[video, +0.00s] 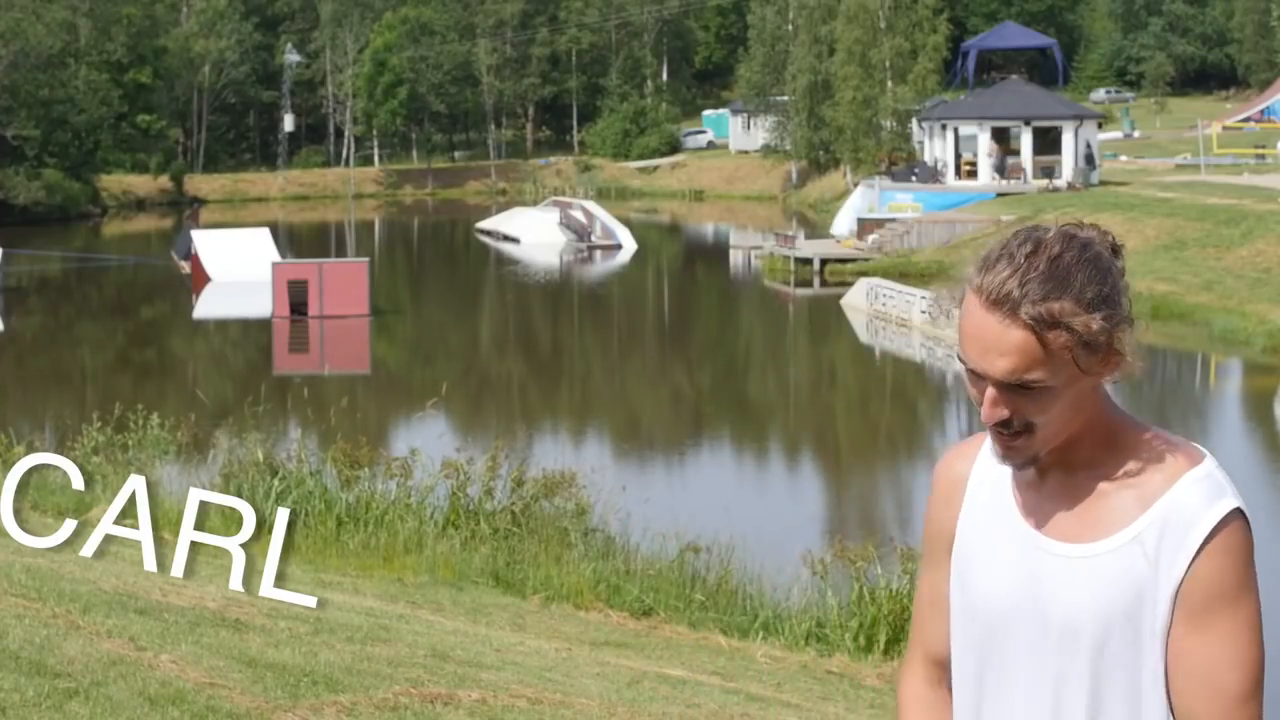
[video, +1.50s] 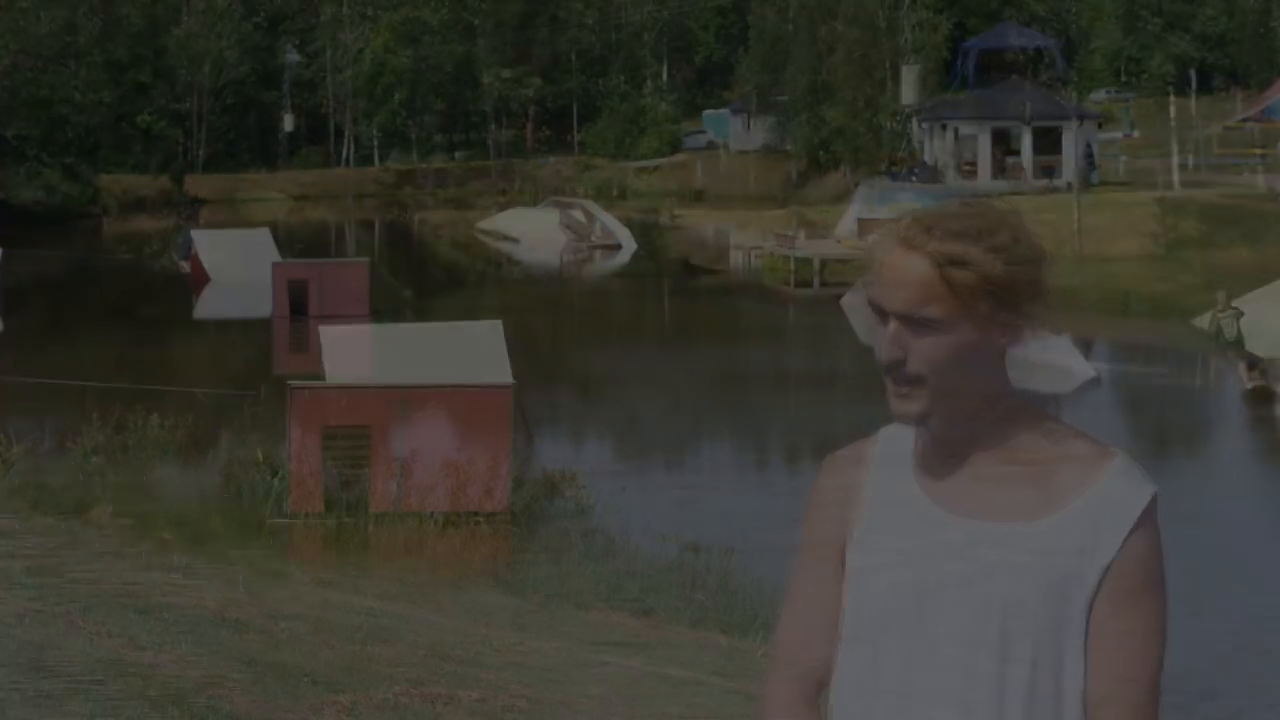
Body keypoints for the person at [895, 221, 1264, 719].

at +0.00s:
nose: (990, 413)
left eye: (1023, 387)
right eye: (974, 376)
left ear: (1104, 361)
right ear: (964, 349)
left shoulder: (1197, 519)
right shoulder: (963, 476)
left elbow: (1223, 709)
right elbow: (930, 673)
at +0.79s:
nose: (971, 363)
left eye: (1008, 342)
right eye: (963, 328)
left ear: (1091, 341)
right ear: (954, 314)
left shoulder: (1178, 511)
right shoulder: (923, 477)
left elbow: (1197, 711)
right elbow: (864, 677)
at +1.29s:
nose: (911, 355)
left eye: (947, 331)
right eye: (903, 320)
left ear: (1030, 333)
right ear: (893, 308)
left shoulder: (1125, 508)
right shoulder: (861, 480)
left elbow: (1134, 710)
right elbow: (801, 693)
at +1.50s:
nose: (888, 352)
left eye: (922, 325)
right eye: (880, 318)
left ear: (1004, 329)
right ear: (868, 309)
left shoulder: (1107, 499)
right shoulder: (850, 481)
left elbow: (1122, 705)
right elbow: (794, 688)